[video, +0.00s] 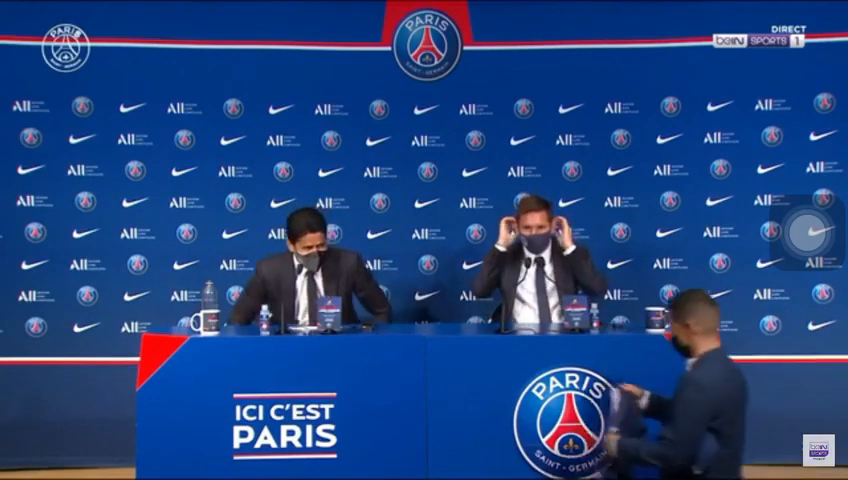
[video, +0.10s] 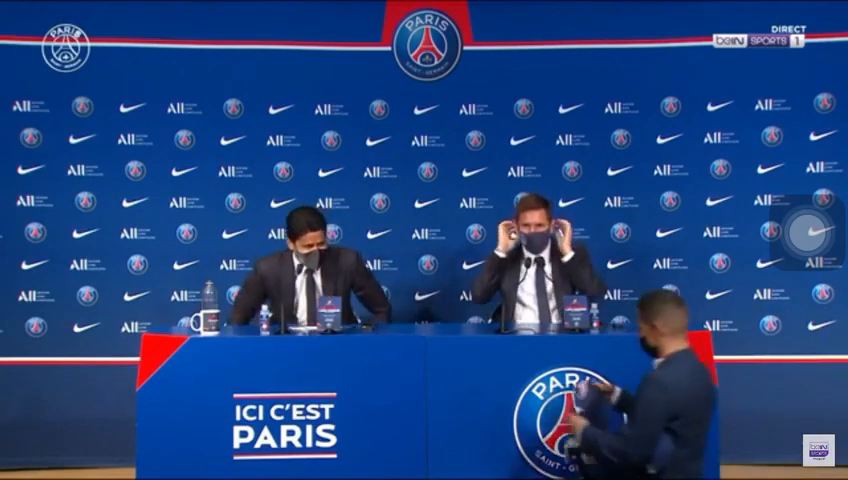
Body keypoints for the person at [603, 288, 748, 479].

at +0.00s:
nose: (672, 334)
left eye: (673, 326)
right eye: (672, 327)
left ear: (690, 328)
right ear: (715, 325)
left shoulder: (699, 380)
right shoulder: (728, 371)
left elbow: (674, 454)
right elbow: (693, 414)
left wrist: (620, 446)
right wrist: (645, 400)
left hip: (699, 474)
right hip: (724, 472)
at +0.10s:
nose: (639, 335)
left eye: (641, 328)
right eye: (639, 328)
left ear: (657, 329)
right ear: (682, 325)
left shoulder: (659, 382)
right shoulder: (699, 372)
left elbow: (633, 452)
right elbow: (661, 417)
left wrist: (585, 431)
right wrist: (615, 396)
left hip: (661, 474)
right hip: (689, 471)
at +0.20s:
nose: (620, 330)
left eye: (621, 324)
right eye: (620, 324)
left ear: (635, 327)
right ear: (663, 322)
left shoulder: (633, 379)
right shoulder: (681, 370)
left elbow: (602, 450)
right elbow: (647, 412)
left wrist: (568, 421)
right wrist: (598, 404)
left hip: (637, 473)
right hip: (671, 470)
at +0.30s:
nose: (594, 324)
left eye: (595, 318)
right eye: (594, 318)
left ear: (606, 321)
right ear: (636, 319)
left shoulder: (596, 374)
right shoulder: (657, 370)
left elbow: (568, 444)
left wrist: (544, 412)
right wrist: (571, 400)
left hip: (603, 470)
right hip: (641, 469)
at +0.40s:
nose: (577, 324)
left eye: (578, 319)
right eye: (577, 319)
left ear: (588, 321)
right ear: (621, 319)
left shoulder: (575, 373)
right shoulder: (640, 368)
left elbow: (545, 442)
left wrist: (527, 409)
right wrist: (559, 393)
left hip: (584, 470)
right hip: (623, 468)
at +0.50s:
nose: (553, 324)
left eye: (553, 319)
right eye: (552, 319)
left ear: (563, 323)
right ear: (596, 320)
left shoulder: (549, 376)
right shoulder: (616, 366)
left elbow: (520, 445)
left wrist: (498, 415)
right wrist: (541, 360)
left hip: (561, 471)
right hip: (601, 469)